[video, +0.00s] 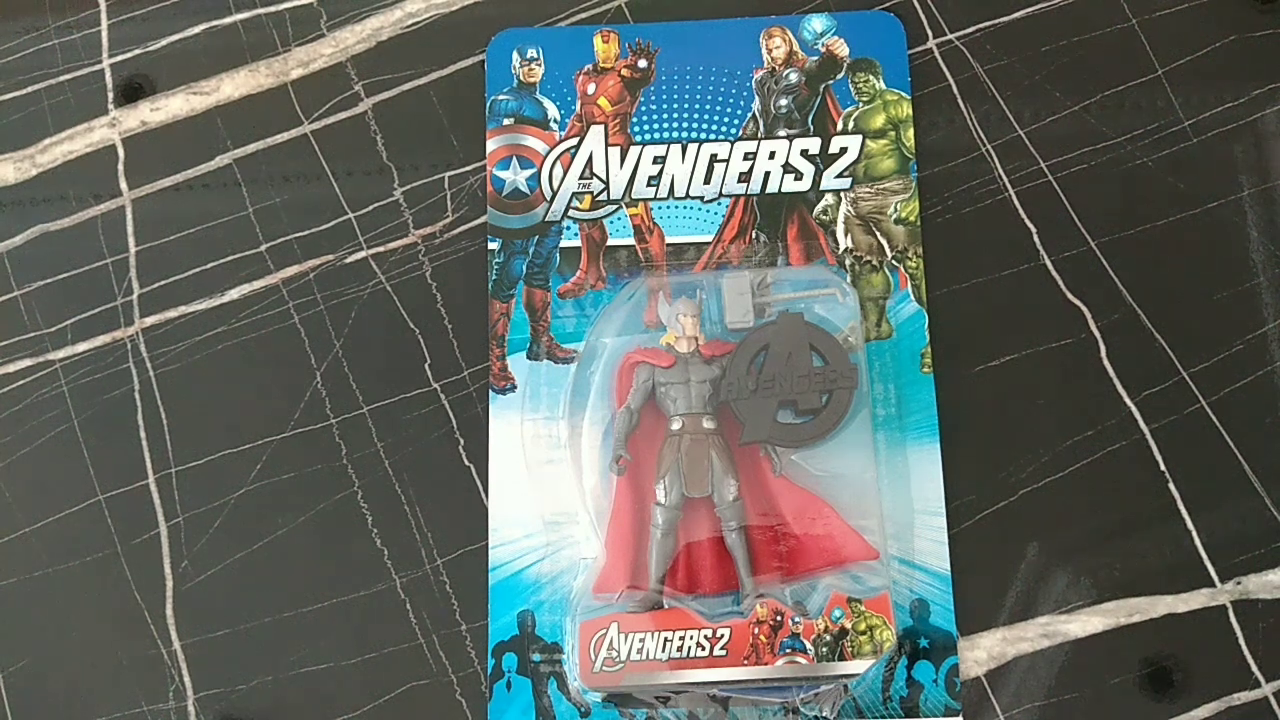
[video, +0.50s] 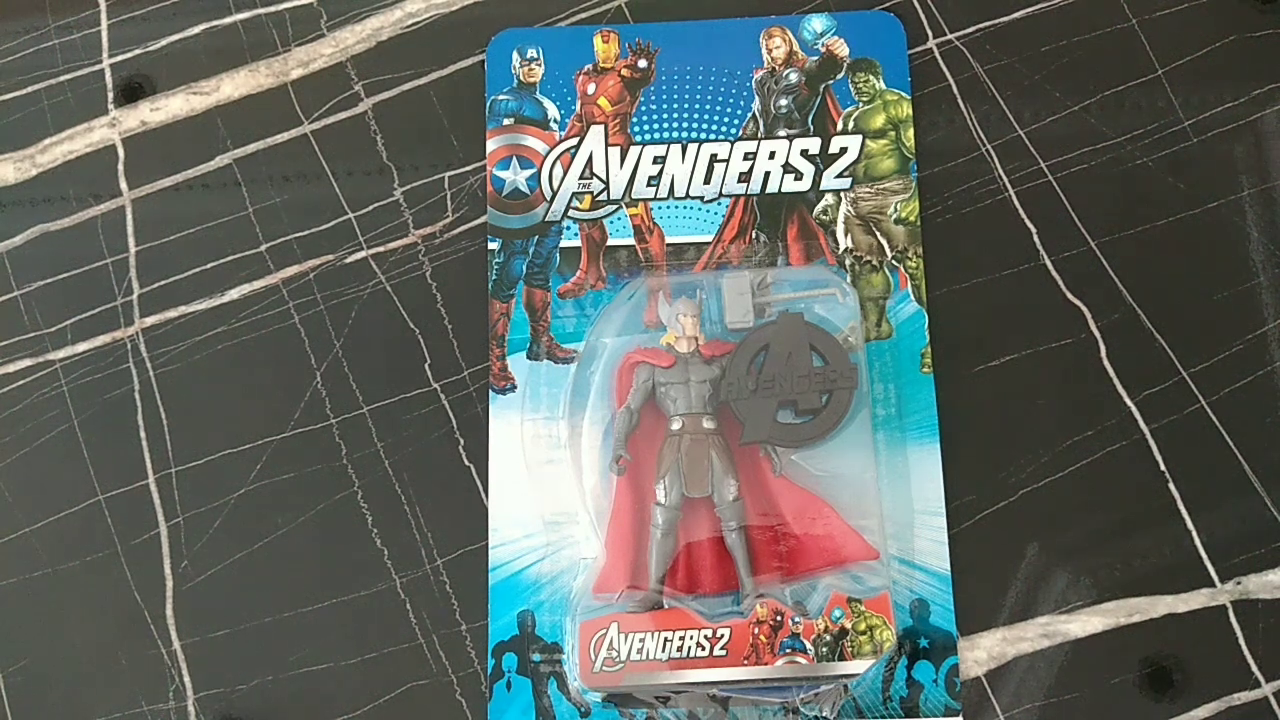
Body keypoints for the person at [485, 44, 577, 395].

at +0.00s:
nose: (531, 69)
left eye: (535, 64)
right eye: (525, 64)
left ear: (543, 68)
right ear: (516, 68)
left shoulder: (550, 107)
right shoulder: (500, 104)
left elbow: (557, 154)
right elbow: (494, 154)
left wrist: (565, 200)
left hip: (547, 205)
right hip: (511, 208)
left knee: (542, 274)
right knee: (507, 280)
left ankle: (542, 342)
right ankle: (496, 360)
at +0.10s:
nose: (531, 69)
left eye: (536, 64)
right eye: (526, 64)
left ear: (543, 68)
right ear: (516, 68)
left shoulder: (550, 107)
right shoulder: (501, 104)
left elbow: (556, 153)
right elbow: (494, 154)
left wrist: (564, 199)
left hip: (547, 206)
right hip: (511, 209)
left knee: (541, 275)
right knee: (506, 282)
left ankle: (542, 342)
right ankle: (496, 360)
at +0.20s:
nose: (531, 69)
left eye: (536, 64)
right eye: (525, 64)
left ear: (543, 68)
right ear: (516, 68)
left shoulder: (550, 107)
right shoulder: (501, 104)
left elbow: (557, 153)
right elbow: (495, 155)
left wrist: (564, 200)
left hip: (547, 205)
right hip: (512, 208)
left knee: (542, 274)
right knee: (507, 280)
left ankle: (542, 342)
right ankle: (496, 360)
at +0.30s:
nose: (531, 69)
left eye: (536, 64)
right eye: (525, 64)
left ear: (543, 68)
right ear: (516, 68)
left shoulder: (550, 107)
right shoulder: (501, 104)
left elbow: (557, 153)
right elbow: (495, 154)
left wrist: (564, 200)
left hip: (547, 205)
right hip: (512, 208)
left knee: (542, 274)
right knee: (507, 280)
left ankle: (542, 342)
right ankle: (496, 360)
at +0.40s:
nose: (531, 69)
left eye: (536, 64)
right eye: (525, 64)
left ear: (543, 68)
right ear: (516, 68)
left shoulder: (550, 107)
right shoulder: (501, 104)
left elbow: (557, 153)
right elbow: (495, 155)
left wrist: (565, 200)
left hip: (547, 205)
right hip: (512, 209)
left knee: (542, 274)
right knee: (507, 280)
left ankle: (542, 342)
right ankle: (496, 360)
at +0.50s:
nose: (531, 69)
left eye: (536, 64)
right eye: (525, 64)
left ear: (543, 68)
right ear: (516, 68)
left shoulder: (550, 107)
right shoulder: (501, 103)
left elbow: (557, 153)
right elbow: (496, 154)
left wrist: (564, 200)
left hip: (548, 205)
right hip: (512, 208)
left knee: (541, 274)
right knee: (507, 280)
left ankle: (542, 343)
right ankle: (497, 360)